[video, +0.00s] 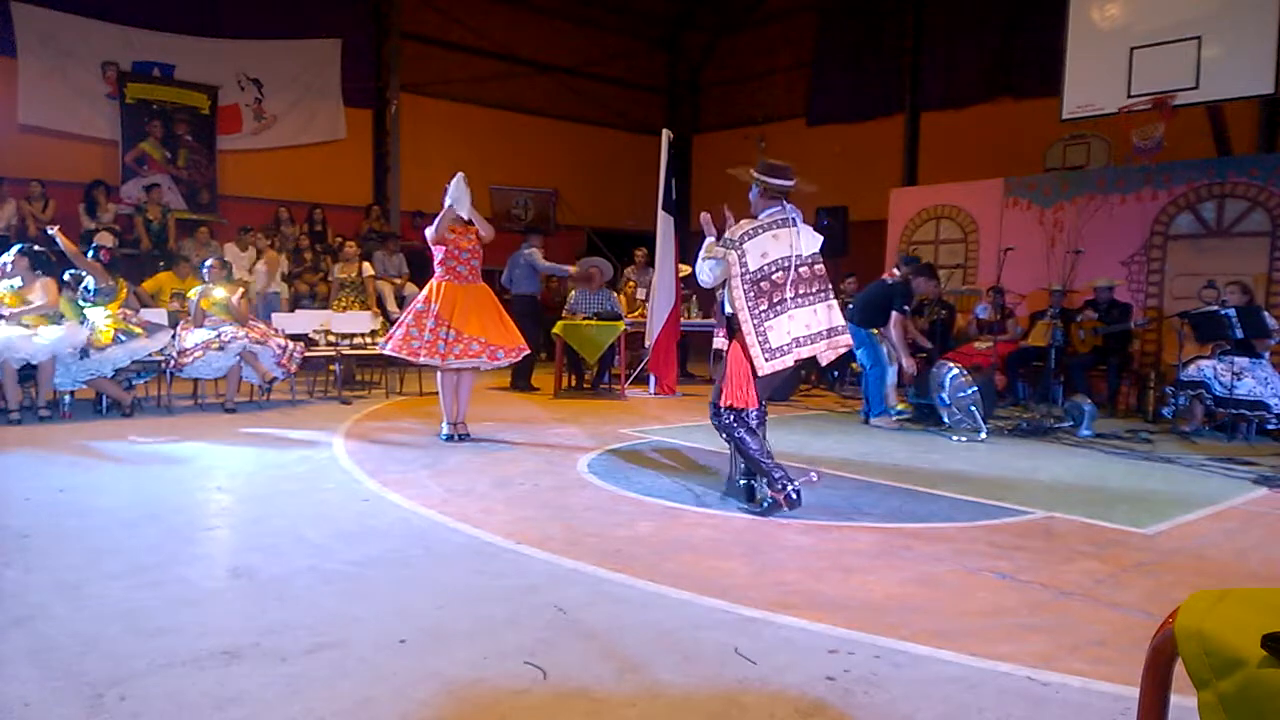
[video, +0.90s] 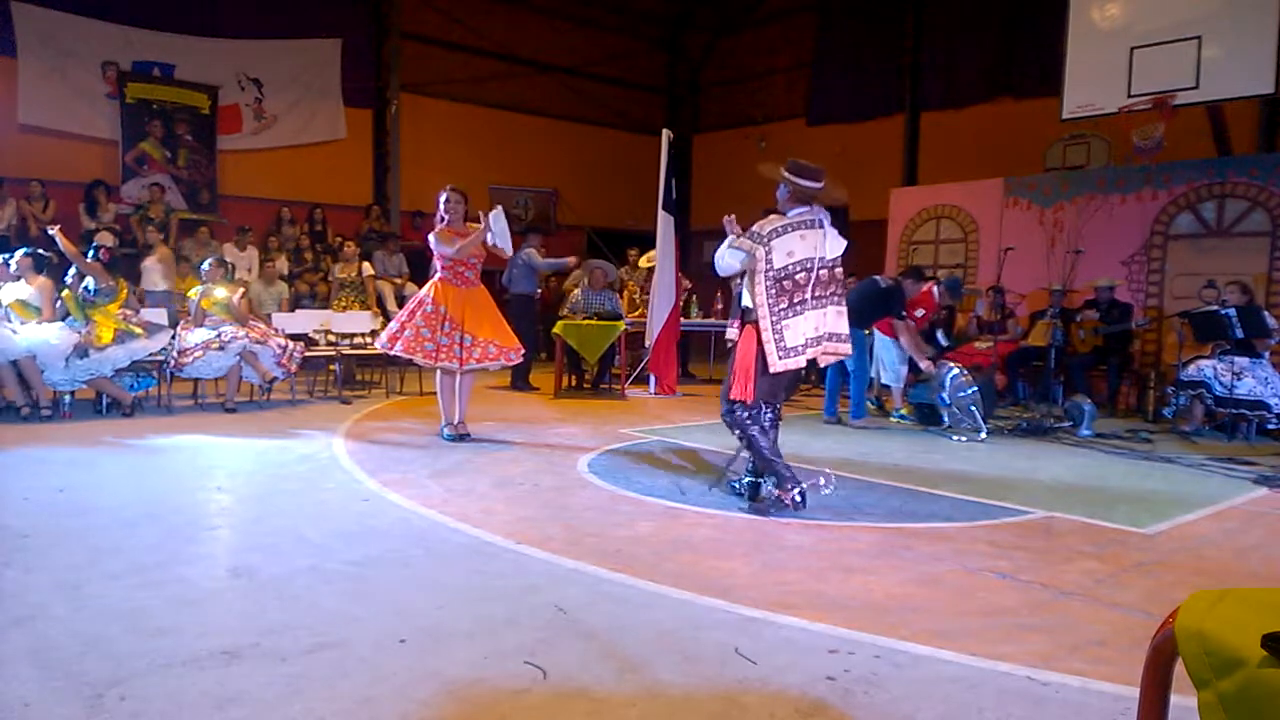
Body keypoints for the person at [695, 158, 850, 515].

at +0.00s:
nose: (750, 195)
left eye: (753, 189)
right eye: (753, 189)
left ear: (759, 193)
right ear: (786, 194)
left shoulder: (745, 233)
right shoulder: (802, 231)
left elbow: (707, 277)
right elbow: (762, 271)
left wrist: (710, 239)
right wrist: (738, 235)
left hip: (748, 336)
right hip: (786, 335)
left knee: (724, 413)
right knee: (753, 406)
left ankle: (782, 485)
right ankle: (747, 485)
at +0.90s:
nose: (777, 191)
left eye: (781, 187)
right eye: (780, 185)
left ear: (790, 192)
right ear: (813, 196)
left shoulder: (769, 229)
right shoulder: (826, 232)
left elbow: (724, 265)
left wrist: (733, 238)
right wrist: (748, 239)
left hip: (762, 331)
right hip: (801, 334)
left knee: (735, 408)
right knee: (769, 406)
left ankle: (787, 484)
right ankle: (755, 479)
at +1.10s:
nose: (784, 169)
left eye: (788, 164)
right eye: (787, 163)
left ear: (797, 170)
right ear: (823, 172)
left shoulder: (775, 210)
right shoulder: (841, 209)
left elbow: (732, 248)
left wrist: (738, 221)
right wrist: (764, 212)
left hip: (788, 319)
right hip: (824, 317)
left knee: (778, 399)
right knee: (780, 395)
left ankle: (795, 494)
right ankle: (768, 473)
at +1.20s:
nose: (790, 165)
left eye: (794, 162)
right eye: (793, 161)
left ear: (799, 167)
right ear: (831, 170)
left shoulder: (780, 210)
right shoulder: (844, 207)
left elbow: (745, 249)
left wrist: (741, 215)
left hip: (802, 318)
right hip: (832, 313)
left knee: (791, 397)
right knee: (790, 396)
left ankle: (795, 494)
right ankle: (794, 485)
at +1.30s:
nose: (798, 164)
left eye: (803, 160)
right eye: (802, 159)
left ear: (810, 167)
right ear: (838, 169)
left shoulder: (792, 209)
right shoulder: (850, 207)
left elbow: (754, 248)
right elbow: (860, 270)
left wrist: (762, 208)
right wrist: (868, 321)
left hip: (800, 317)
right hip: (835, 314)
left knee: (791, 398)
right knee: (807, 395)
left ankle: (793, 494)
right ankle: (830, 480)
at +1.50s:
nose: (813, 168)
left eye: (818, 163)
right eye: (817, 162)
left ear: (830, 168)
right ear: (853, 172)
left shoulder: (809, 211)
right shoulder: (867, 209)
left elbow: (772, 255)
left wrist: (761, 212)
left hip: (805, 318)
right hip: (847, 319)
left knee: (794, 403)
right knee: (846, 406)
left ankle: (793, 495)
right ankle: (869, 499)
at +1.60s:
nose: (820, 168)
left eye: (824, 162)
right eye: (823, 162)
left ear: (835, 166)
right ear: (858, 169)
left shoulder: (820, 209)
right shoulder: (881, 212)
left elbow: (779, 250)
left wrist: (780, 214)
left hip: (817, 317)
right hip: (859, 318)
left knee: (802, 404)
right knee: (854, 405)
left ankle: (793, 495)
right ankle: (870, 499)